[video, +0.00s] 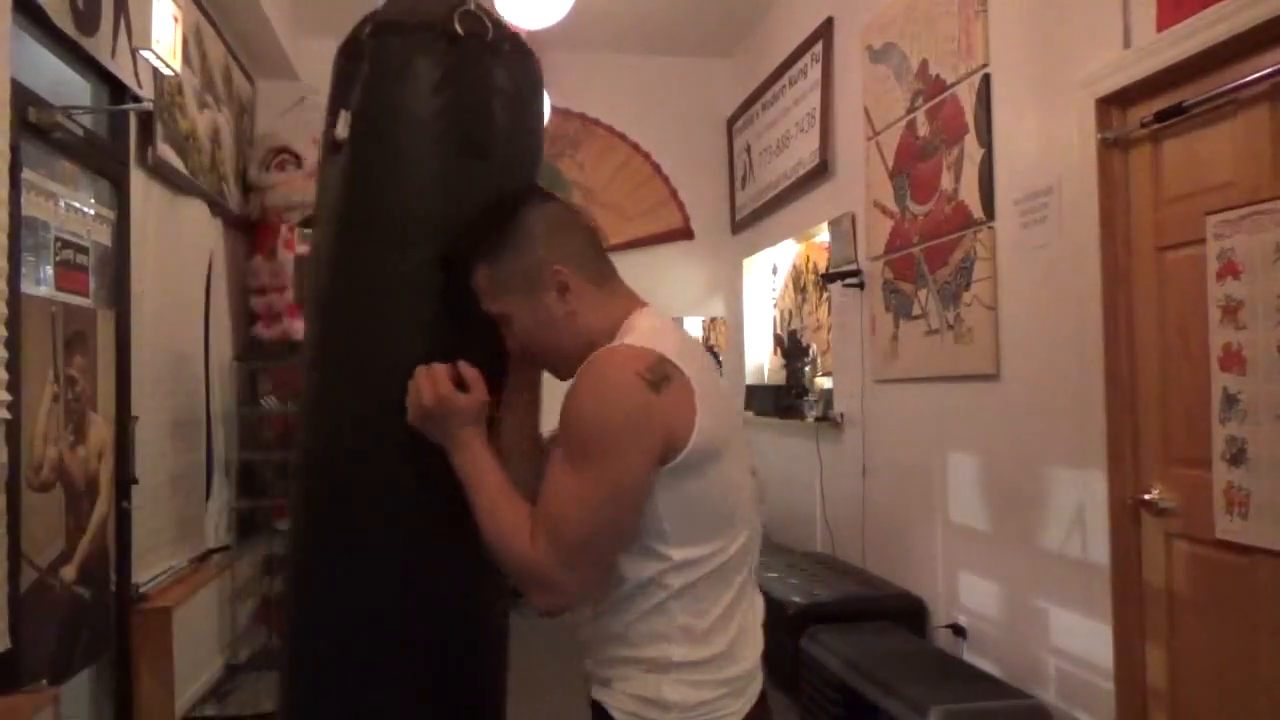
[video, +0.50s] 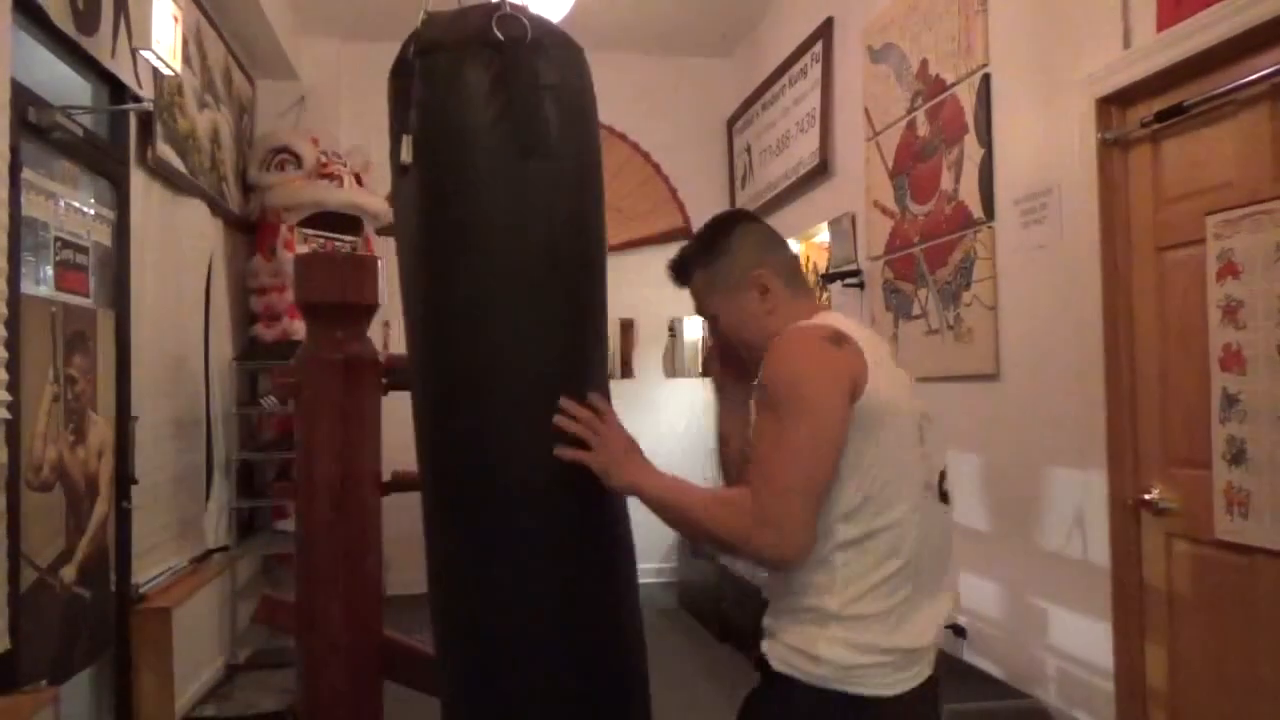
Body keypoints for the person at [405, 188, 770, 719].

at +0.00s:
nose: (511, 347)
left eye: (506, 321)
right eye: (498, 326)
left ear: (561, 289)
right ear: (565, 288)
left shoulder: (621, 377)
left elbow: (553, 581)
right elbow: (529, 501)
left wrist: (461, 440)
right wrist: (522, 364)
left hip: (662, 704)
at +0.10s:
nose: (539, 339)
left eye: (539, 315)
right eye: (532, 318)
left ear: (593, 286)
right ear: (596, 282)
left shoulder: (647, 371)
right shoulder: (697, 339)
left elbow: (574, 573)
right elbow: (570, 512)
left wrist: (496, 431)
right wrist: (547, 362)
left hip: (700, 699)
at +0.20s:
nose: (604, 347)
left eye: (600, 321)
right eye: (591, 326)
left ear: (652, 289)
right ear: (654, 289)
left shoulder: (718, 373)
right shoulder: (742, 359)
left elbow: (633, 570)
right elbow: (597, 487)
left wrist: (536, 444)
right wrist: (570, 360)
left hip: (742, 704)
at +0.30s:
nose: (649, 350)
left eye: (650, 329)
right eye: (641, 333)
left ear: (708, 302)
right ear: (710, 301)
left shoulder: (783, 399)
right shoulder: (768, 388)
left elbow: (709, 587)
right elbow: (643, 502)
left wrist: (589, 474)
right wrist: (632, 380)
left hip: (787, 705)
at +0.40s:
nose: (686, 349)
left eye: (687, 331)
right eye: (680, 334)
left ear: (744, 304)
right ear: (745, 304)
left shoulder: (813, 387)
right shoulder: (794, 379)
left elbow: (770, 573)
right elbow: (714, 522)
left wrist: (636, 504)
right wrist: (694, 397)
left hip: (819, 698)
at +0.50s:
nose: (714, 336)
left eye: (711, 317)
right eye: (706, 321)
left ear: (762, 290)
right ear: (766, 290)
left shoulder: (806, 349)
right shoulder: (853, 343)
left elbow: (778, 534)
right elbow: (750, 504)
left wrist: (639, 475)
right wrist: (733, 389)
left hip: (836, 686)